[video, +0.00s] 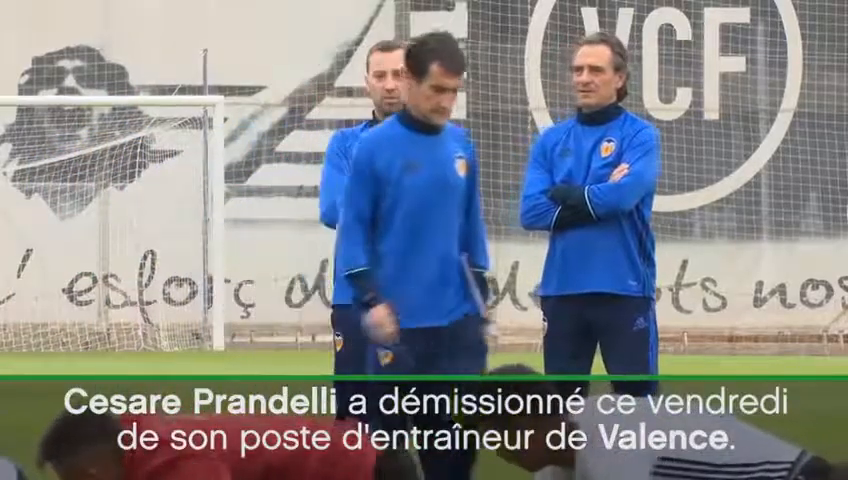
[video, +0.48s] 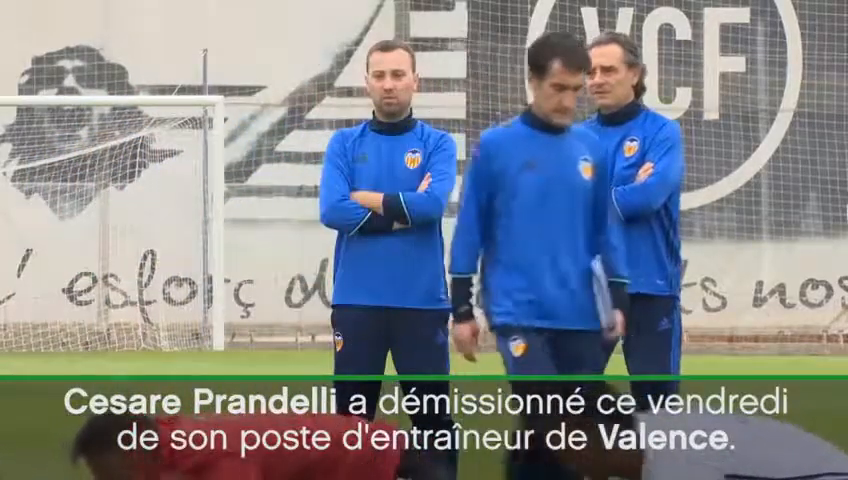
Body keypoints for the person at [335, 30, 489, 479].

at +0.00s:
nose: (447, 102)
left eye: (454, 91)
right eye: (438, 90)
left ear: (459, 88)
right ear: (408, 83)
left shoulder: (459, 143)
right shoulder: (372, 147)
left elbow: (472, 226)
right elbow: (351, 232)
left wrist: (481, 294)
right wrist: (371, 300)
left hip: (458, 317)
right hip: (396, 323)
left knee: (457, 440)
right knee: (391, 441)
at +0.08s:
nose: (467, 103)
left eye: (474, 92)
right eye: (457, 91)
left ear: (481, 88)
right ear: (429, 85)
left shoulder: (479, 144)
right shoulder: (390, 149)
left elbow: (491, 224)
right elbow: (370, 231)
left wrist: (499, 289)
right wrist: (401, 289)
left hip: (476, 317)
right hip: (411, 325)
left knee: (491, 436)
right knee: (430, 443)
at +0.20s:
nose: (496, 111)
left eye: (503, 100)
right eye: (486, 99)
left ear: (510, 95)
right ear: (459, 91)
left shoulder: (513, 155)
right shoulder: (422, 155)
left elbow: (523, 236)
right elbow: (400, 236)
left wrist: (536, 305)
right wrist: (434, 286)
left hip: (505, 327)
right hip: (438, 329)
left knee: (517, 443)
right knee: (436, 444)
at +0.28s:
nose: (519, 111)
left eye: (526, 101)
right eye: (510, 100)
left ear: (533, 97)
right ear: (482, 94)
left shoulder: (538, 161)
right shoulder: (445, 159)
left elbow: (547, 249)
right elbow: (420, 239)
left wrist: (562, 318)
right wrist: (448, 296)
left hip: (530, 329)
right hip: (462, 332)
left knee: (538, 446)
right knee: (446, 444)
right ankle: (445, 477)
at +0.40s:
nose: (551, 106)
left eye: (559, 95)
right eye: (542, 94)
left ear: (565, 91)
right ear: (516, 86)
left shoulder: (567, 152)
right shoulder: (475, 151)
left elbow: (582, 237)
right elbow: (452, 234)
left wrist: (596, 310)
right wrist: (460, 310)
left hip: (564, 321)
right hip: (501, 324)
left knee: (562, 444)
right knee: (502, 441)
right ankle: (477, 478)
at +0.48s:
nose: (569, 100)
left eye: (576, 89)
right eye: (559, 89)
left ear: (584, 87)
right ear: (532, 83)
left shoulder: (589, 147)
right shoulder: (496, 144)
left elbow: (604, 229)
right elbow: (468, 227)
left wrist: (619, 301)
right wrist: (461, 307)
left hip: (580, 313)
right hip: (516, 312)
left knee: (580, 429)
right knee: (545, 421)